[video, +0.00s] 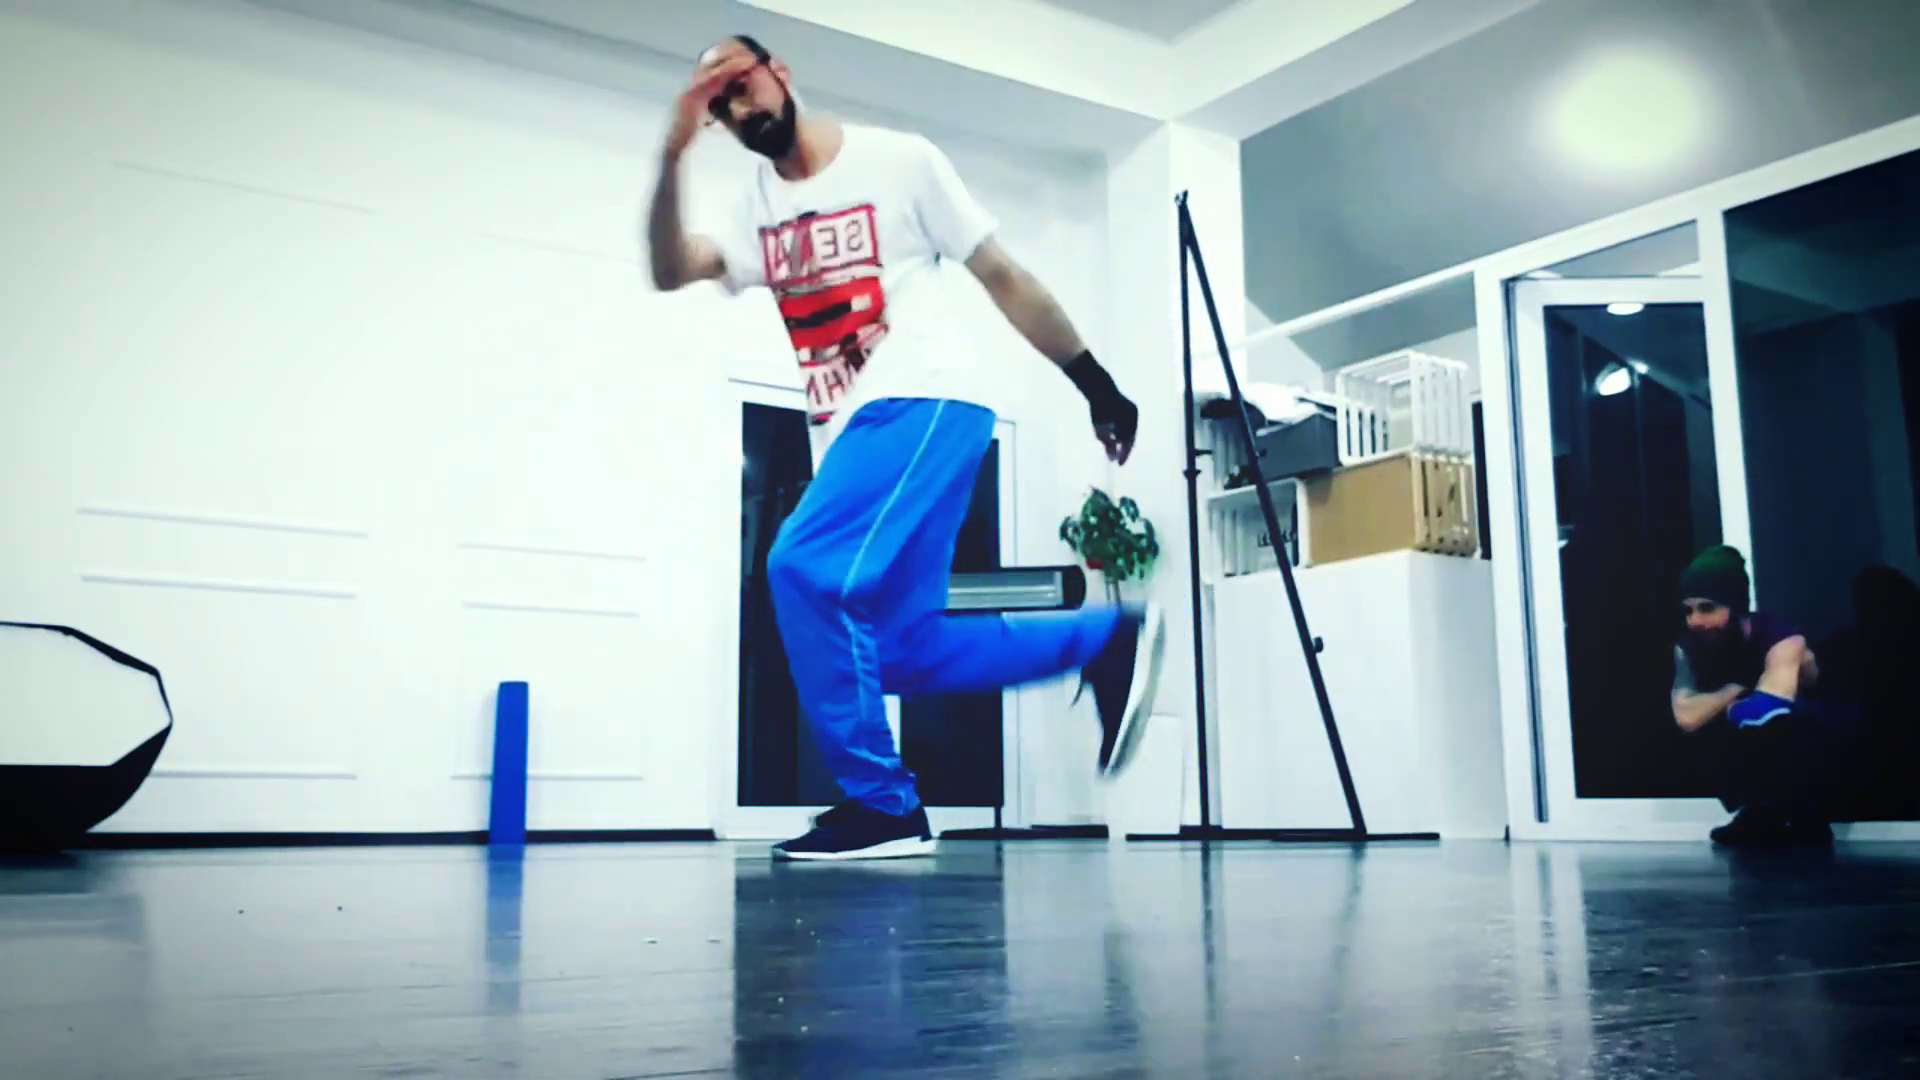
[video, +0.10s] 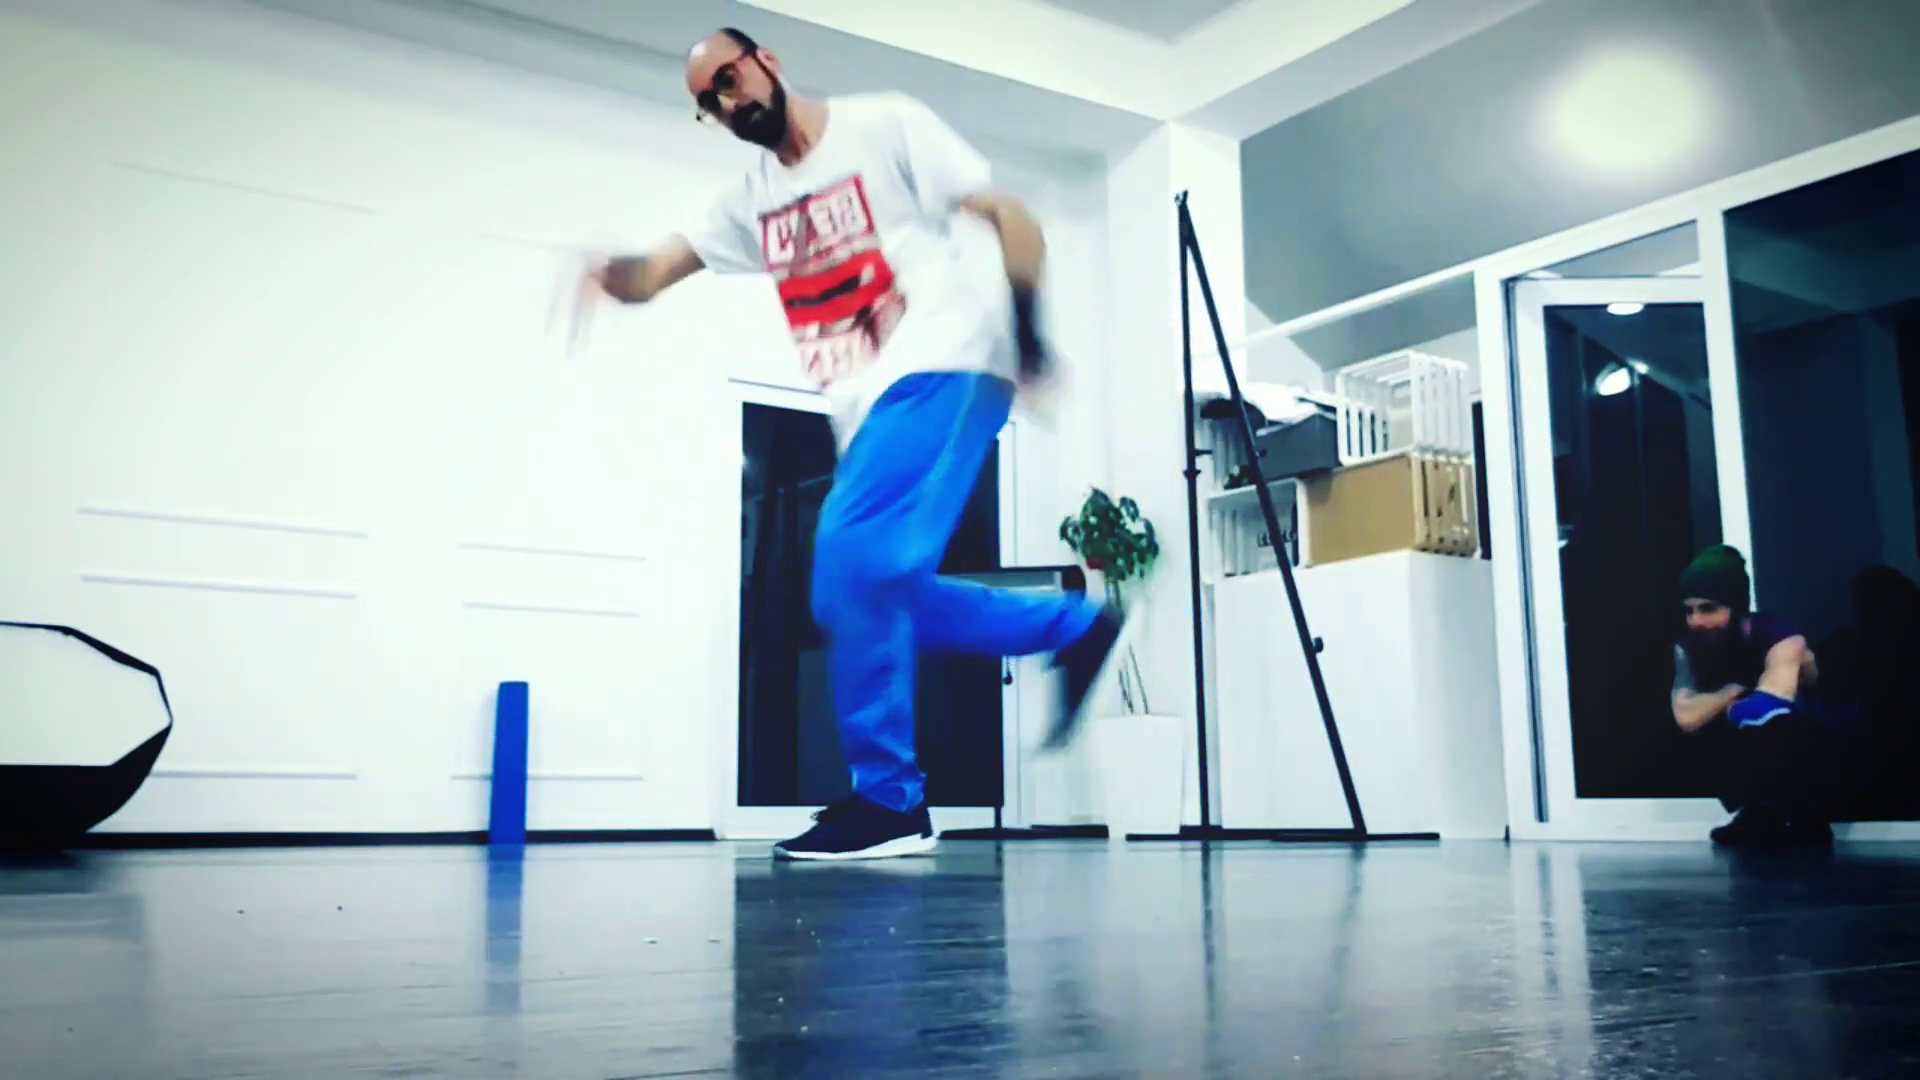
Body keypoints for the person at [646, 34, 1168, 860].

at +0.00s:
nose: (735, 108)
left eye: (741, 85)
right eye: (720, 105)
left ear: (782, 75)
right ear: (720, 123)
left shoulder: (903, 162)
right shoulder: (759, 212)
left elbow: (1003, 278)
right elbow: (668, 271)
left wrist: (1094, 381)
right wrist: (672, 156)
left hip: (932, 393)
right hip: (885, 416)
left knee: (806, 563)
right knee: (901, 651)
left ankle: (880, 801)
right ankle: (1102, 637)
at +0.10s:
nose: (724, 104)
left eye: (726, 80)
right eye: (707, 103)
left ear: (767, 60)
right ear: (711, 120)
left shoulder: (886, 124)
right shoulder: (745, 199)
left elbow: (1011, 214)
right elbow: (654, 271)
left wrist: (1029, 338)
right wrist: (606, 270)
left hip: (949, 357)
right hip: (875, 401)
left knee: (856, 556)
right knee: (867, 588)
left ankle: (888, 800)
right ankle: (1073, 624)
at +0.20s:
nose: (729, 93)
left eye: (730, 69)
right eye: (713, 95)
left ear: (768, 48)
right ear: (718, 110)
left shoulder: (877, 88)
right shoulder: (765, 192)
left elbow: (986, 174)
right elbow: (734, 305)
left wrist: (889, 192)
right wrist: (701, 417)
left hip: (972, 336)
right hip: (887, 370)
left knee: (895, 532)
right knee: (815, 531)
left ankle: (987, 767)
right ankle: (940, 727)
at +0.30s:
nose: (741, 102)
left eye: (744, 80)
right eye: (727, 105)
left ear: (785, 65)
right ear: (737, 124)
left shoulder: (874, 96)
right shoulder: (809, 215)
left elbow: (897, 177)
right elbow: (847, 350)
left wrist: (767, 145)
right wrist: (849, 445)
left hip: (965, 369)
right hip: (883, 402)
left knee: (966, 586)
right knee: (795, 541)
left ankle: (1102, 789)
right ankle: (738, 768)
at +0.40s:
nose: (736, 118)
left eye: (743, 94)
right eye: (728, 118)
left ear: (789, 79)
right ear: (745, 132)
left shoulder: (861, 105)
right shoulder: (818, 184)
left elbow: (810, 188)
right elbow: (892, 322)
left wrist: (718, 149)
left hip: (947, 384)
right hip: (867, 404)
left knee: (934, 584)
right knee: (766, 539)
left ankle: (1076, 767)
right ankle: (775, 773)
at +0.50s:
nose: (735, 136)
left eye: (735, 114)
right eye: (725, 135)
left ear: (774, 84)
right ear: (744, 143)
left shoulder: (842, 109)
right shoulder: (823, 187)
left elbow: (785, 210)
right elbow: (928, 284)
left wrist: (670, 218)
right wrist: (1016, 401)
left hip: (910, 370)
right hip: (854, 384)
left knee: (813, 546)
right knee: (778, 572)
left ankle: (960, 737)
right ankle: (905, 771)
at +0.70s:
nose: (709, 166)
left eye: (705, 148)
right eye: (702, 162)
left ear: (734, 111)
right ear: (751, 117)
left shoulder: (765, 123)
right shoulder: (837, 164)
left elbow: (768, 215)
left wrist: (715, 326)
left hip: (826, 341)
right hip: (909, 363)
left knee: (712, 533)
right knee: (812, 567)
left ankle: (659, 754)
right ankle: (898, 761)